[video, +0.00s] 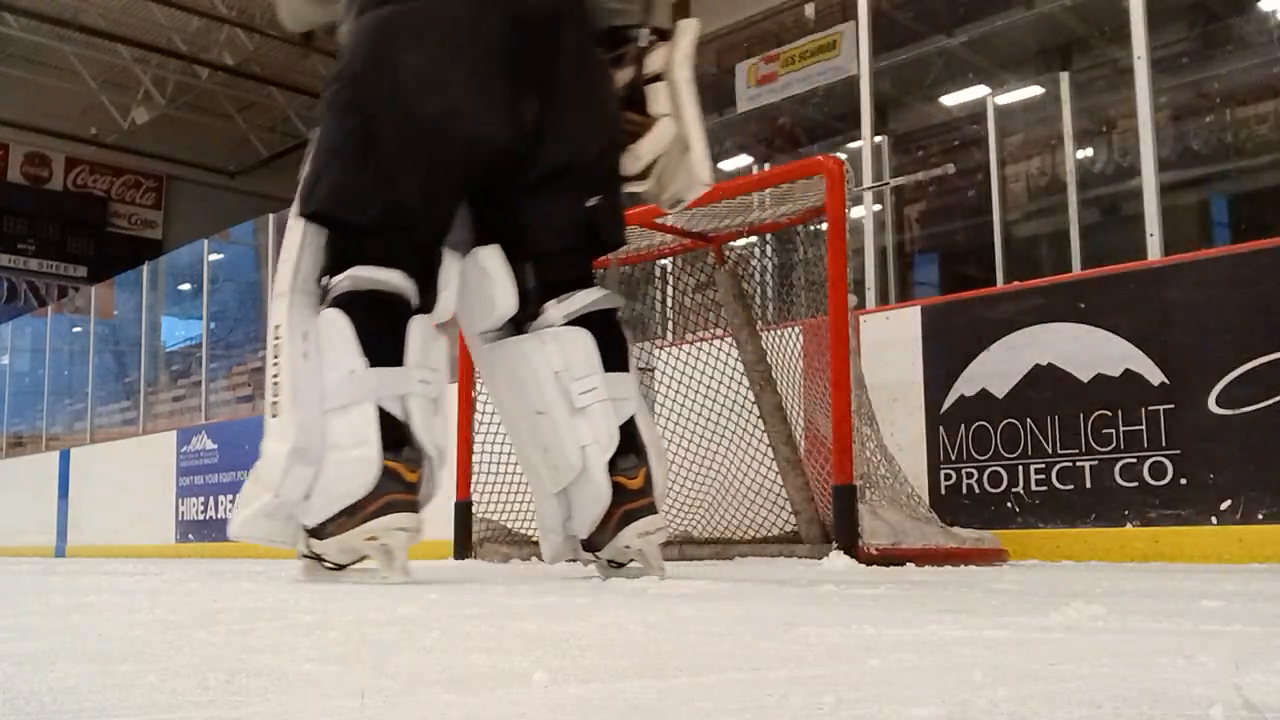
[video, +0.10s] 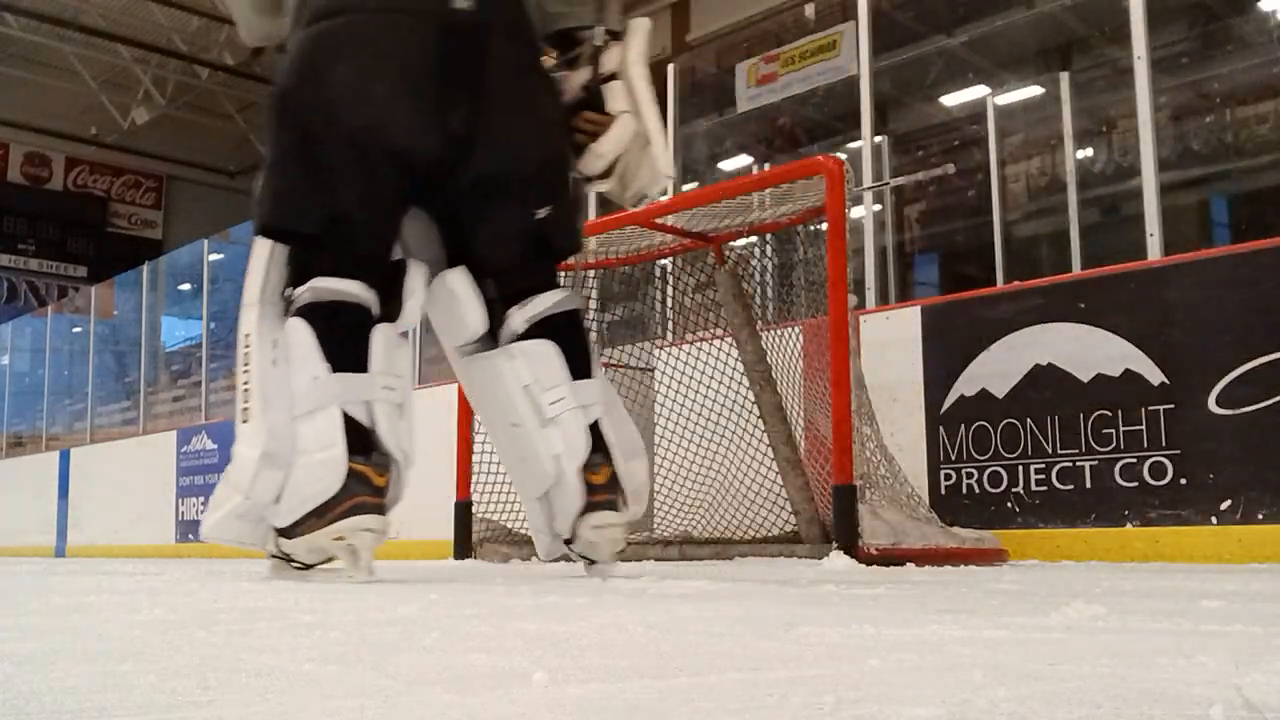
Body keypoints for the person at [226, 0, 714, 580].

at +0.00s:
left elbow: (301, 11)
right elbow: (621, 8)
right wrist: (621, 28)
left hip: (411, 34)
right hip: (554, 31)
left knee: (371, 268)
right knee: (561, 276)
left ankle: (371, 472)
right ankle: (619, 490)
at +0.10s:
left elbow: (258, 18)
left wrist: (278, 28)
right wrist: (575, 38)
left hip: (349, 44)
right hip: (495, 44)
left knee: (335, 276)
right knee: (524, 280)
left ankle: (340, 477)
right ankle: (589, 480)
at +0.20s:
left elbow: (213, 16)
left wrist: (252, 43)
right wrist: (539, 45)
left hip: (306, 55)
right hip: (450, 57)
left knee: (302, 284)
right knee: (484, 280)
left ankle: (311, 478)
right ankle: (537, 480)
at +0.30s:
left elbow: (183, 12)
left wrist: (217, 49)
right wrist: (476, 35)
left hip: (268, 54)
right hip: (408, 60)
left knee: (269, 286)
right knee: (436, 289)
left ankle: (276, 484)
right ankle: (472, 484)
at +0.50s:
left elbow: (158, 35)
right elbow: (422, 10)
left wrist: (185, 80)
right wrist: (443, 68)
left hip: (215, 74)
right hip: (340, 78)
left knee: (205, 293)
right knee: (355, 298)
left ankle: (208, 484)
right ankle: (371, 494)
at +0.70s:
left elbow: (134, 33)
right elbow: (335, 7)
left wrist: (157, 93)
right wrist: (368, 92)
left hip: (172, 104)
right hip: (282, 109)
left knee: (172, 300)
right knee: (320, 304)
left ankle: (165, 482)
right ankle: (336, 488)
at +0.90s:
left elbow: (164, 54)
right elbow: (303, 31)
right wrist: (333, 164)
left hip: (155, 139)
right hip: (242, 140)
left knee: (173, 324)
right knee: (323, 315)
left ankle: (142, 504)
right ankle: (318, 501)